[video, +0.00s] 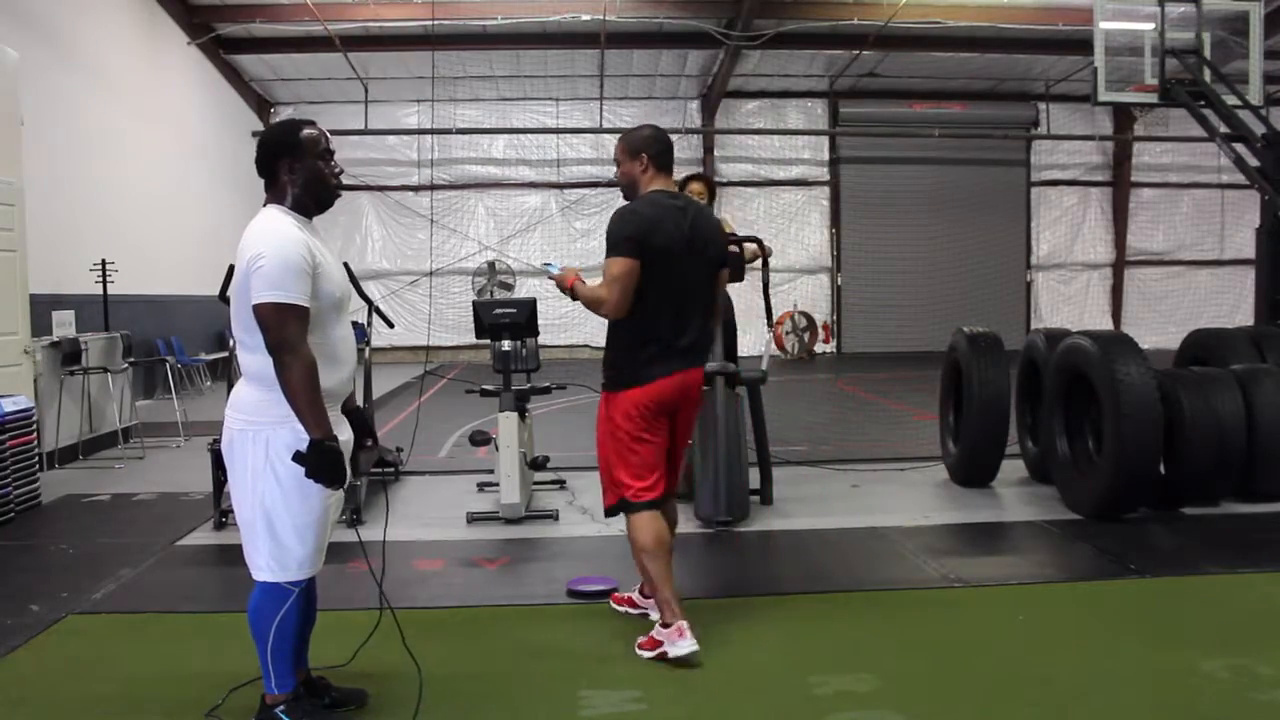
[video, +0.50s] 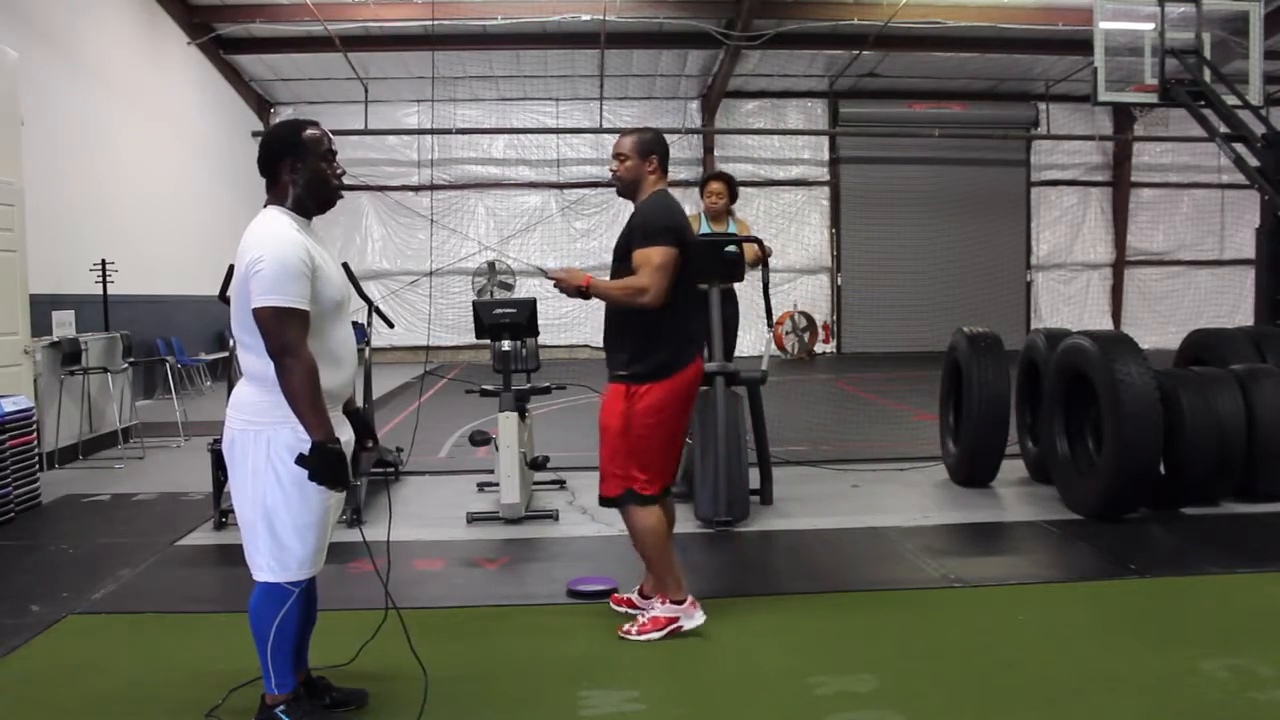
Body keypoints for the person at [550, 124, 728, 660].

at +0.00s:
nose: (618, 175)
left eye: (621, 166)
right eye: (617, 166)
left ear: (642, 163)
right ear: (663, 163)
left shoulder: (630, 219)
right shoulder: (706, 218)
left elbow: (614, 303)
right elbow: (719, 287)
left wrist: (577, 287)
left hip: (637, 384)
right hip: (688, 376)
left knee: (641, 501)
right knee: (660, 494)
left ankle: (674, 628)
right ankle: (651, 593)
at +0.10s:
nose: (616, 173)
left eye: (620, 164)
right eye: (616, 164)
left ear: (645, 163)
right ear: (657, 163)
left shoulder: (635, 217)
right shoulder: (699, 217)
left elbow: (619, 298)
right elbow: (710, 289)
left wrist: (576, 284)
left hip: (636, 384)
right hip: (685, 375)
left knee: (630, 498)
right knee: (659, 492)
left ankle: (670, 617)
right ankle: (651, 592)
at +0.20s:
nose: (614, 170)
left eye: (620, 161)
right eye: (615, 161)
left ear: (647, 163)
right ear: (654, 164)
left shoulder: (642, 215)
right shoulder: (687, 215)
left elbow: (623, 293)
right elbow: (693, 289)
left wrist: (577, 282)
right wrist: (599, 284)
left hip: (638, 378)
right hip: (683, 371)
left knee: (625, 493)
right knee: (658, 489)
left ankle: (666, 609)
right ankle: (650, 592)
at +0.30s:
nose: (613, 168)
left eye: (620, 160)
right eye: (614, 160)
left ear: (649, 164)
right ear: (653, 166)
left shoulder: (646, 215)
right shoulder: (680, 214)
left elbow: (632, 291)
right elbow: (652, 291)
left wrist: (579, 283)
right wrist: (592, 283)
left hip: (641, 376)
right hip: (680, 369)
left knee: (625, 490)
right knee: (656, 486)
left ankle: (673, 601)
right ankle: (651, 590)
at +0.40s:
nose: (612, 167)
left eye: (620, 159)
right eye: (614, 159)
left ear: (650, 164)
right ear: (651, 166)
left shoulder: (652, 214)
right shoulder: (665, 212)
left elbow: (641, 290)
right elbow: (646, 289)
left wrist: (584, 284)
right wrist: (590, 284)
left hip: (646, 374)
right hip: (670, 369)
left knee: (625, 489)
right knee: (652, 485)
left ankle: (682, 598)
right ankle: (652, 591)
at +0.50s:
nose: (612, 167)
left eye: (620, 159)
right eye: (612, 159)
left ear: (651, 165)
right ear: (646, 166)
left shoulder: (658, 214)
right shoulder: (649, 213)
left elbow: (650, 290)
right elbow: (643, 286)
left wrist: (588, 285)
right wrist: (589, 284)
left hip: (654, 375)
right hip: (650, 371)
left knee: (634, 490)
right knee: (645, 486)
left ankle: (677, 602)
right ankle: (653, 591)